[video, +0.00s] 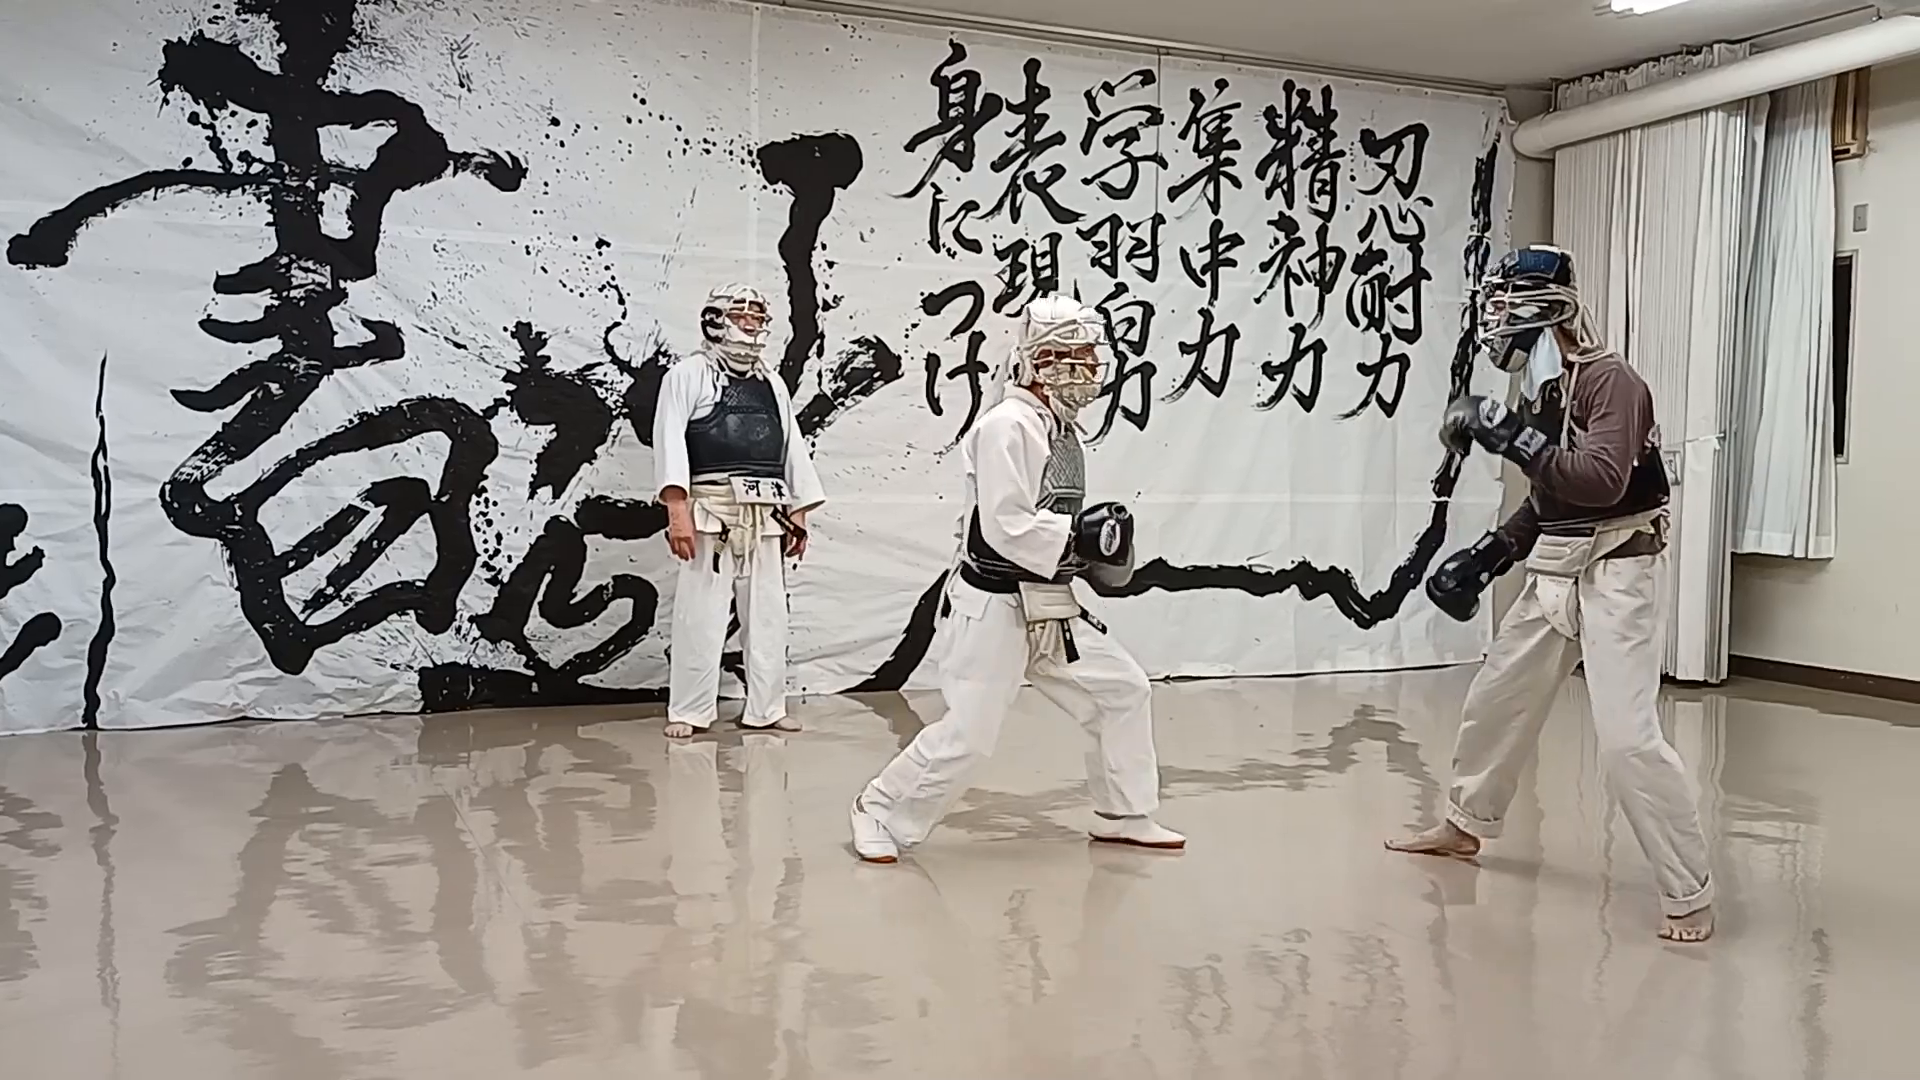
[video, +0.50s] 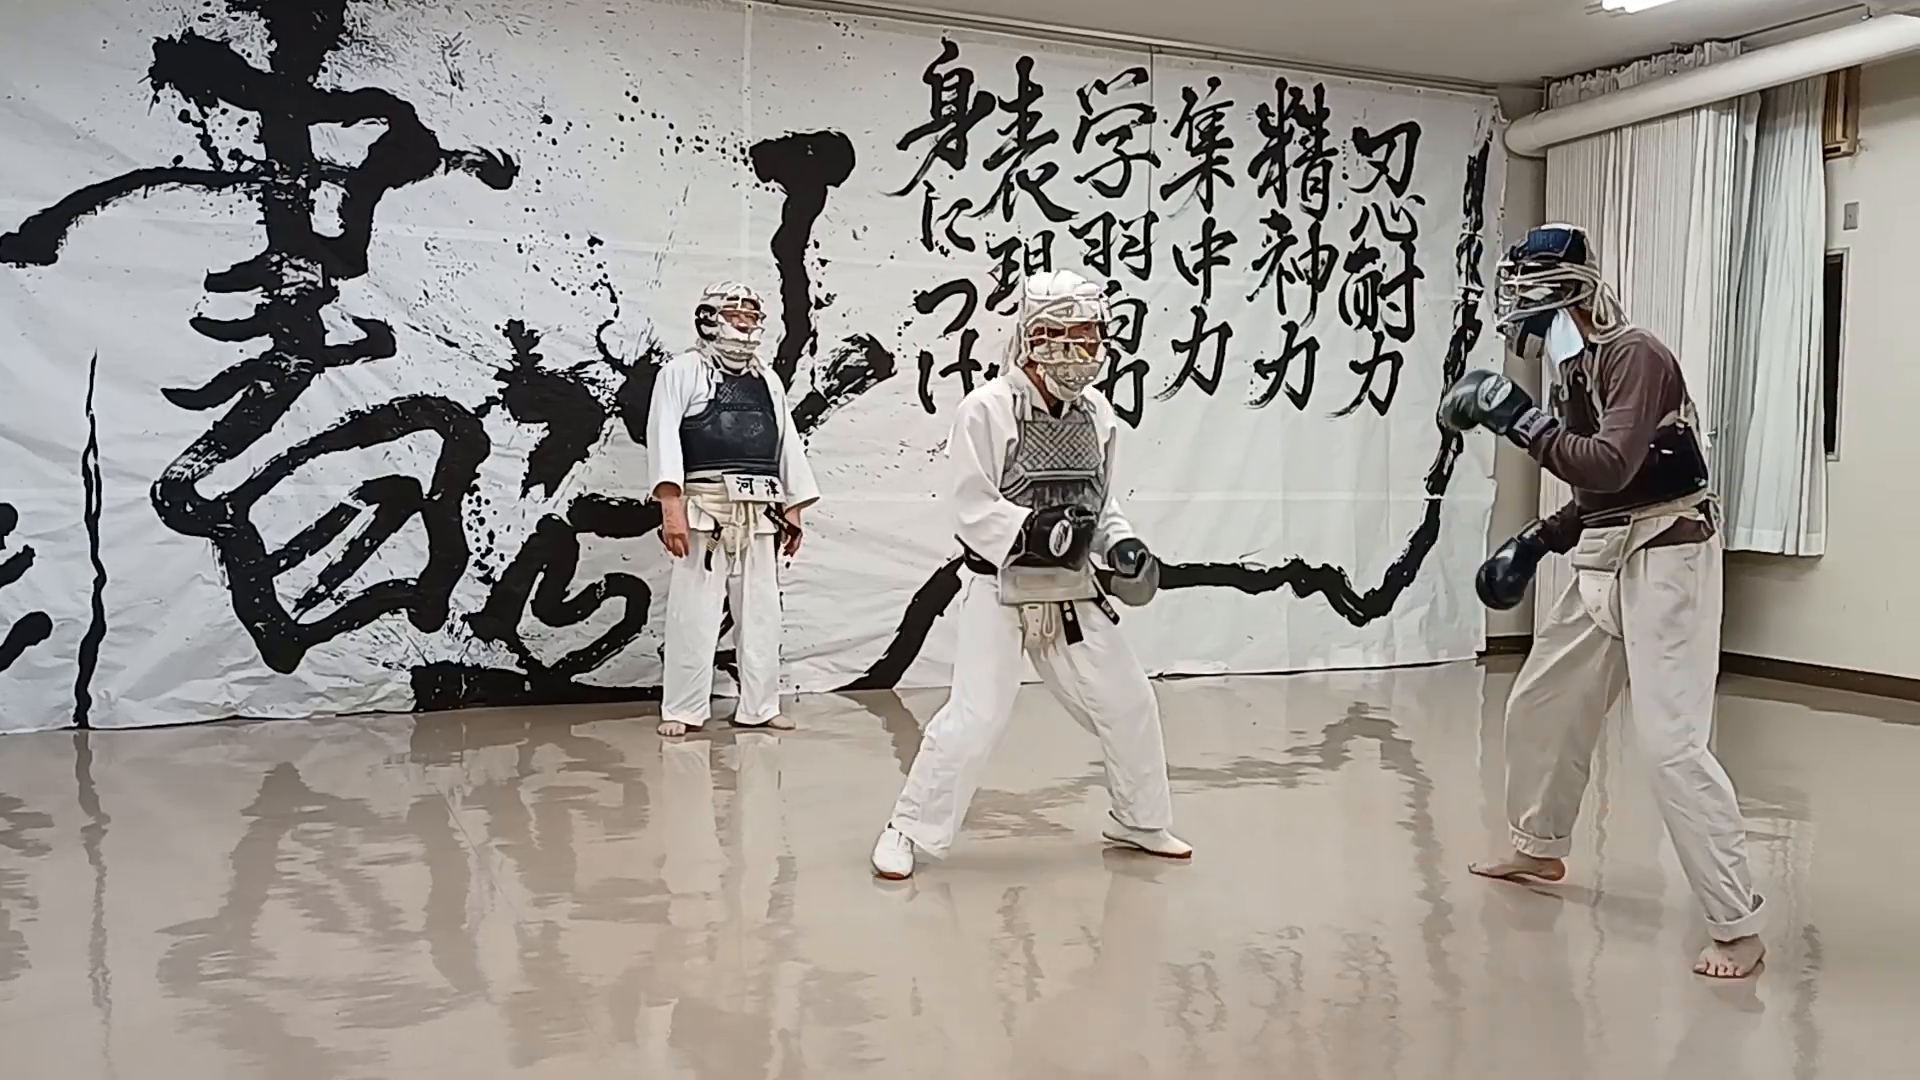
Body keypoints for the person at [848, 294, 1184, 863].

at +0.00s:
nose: (1089, 368)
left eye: (1092, 357)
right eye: (1077, 356)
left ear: (1092, 362)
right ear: (1042, 361)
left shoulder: (1058, 425)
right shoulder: (1009, 425)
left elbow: (1044, 514)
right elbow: (1004, 526)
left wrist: (1089, 546)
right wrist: (1080, 538)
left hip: (1044, 599)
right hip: (991, 602)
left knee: (1124, 687)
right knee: (969, 734)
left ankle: (1123, 816)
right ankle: (877, 813)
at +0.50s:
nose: (1072, 350)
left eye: (1084, 337)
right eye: (1056, 337)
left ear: (1098, 344)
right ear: (1029, 342)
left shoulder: (1098, 414)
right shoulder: (989, 408)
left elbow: (1102, 507)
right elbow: (970, 507)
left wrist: (1120, 548)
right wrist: (1036, 535)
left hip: (1073, 589)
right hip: (998, 592)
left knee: (1131, 705)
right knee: (974, 719)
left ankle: (1140, 823)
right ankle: (905, 833)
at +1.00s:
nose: (1148, 345)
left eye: (1155, 332)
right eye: (1133, 332)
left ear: (1162, 337)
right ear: (1100, 340)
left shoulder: (1157, 413)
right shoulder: (1069, 405)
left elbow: (1173, 494)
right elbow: (1081, 491)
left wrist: (1220, 486)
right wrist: (1157, 474)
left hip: (1133, 591)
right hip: (1061, 590)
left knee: (1199, 700)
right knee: (1020, 728)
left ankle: (1193, 839)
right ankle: (934, 805)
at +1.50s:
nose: (1267, 322)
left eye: (1268, 310)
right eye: (1251, 310)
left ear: (1266, 317)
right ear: (1214, 319)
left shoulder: (1238, 383)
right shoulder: (1210, 383)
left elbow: (1244, 475)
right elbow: (1228, 469)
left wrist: (1295, 495)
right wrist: (1291, 428)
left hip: (1259, 580)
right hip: (1278, 575)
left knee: (1299, 713)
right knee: (1446, 589)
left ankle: (1203, 820)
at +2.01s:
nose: (1274, 349)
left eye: (1286, 335)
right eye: (1259, 335)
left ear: (1301, 342)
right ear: (1224, 340)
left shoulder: (1290, 422)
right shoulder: (1189, 419)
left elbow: (1315, 500)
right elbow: (1174, 527)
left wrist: (1346, 555)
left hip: (1281, 616)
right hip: (1220, 615)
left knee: (1279, 737)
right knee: (1302, 728)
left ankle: (1177, 821)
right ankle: (1307, 892)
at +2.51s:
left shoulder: (1180, 420)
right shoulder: (1058, 419)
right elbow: (1035, 501)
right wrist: (1055, 553)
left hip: (1167, 610)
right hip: (1073, 609)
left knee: (1193, 733)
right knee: (1008, 735)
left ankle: (1214, 851)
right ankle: (1000, 882)